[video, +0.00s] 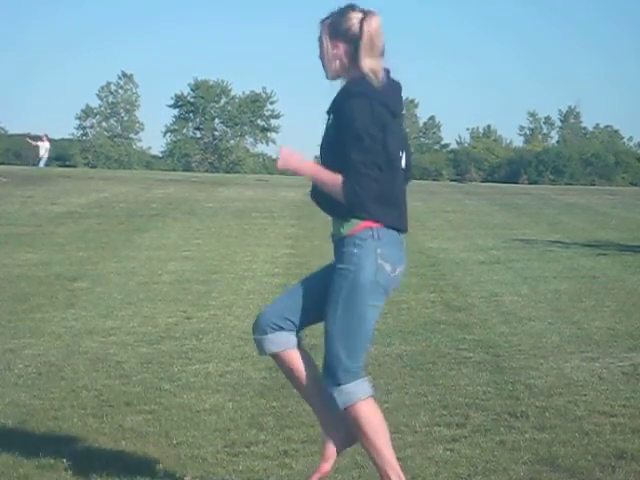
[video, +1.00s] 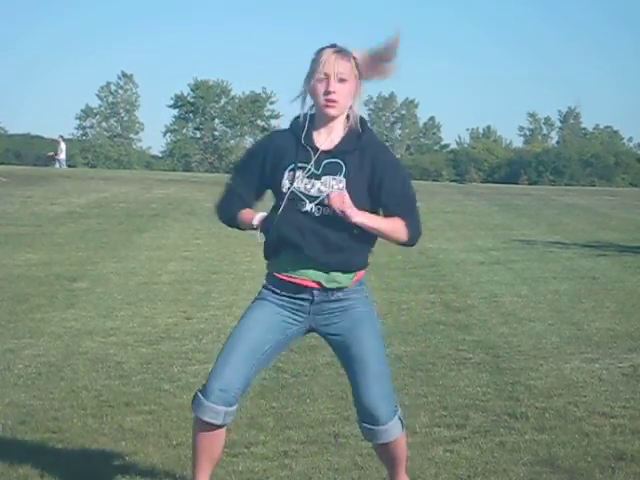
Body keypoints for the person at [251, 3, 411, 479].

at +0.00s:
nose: (319, 54)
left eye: (324, 45)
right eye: (321, 45)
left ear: (344, 48)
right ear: (352, 48)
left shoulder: (358, 98)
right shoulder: (378, 95)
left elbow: (364, 189)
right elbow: (400, 172)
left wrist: (305, 168)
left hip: (367, 248)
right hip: (372, 246)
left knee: (344, 377)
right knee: (272, 325)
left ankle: (395, 474)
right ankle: (334, 425)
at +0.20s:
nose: (319, 16)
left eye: (329, 5)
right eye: (316, 7)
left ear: (362, 7)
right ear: (318, 11)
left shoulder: (367, 57)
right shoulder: (346, 59)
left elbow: (306, 115)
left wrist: (228, 120)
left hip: (377, 221)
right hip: (337, 219)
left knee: (370, 352)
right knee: (295, 332)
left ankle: (393, 464)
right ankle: (297, 450)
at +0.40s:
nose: (333, 65)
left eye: (343, 55)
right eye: (327, 57)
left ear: (370, 59)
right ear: (323, 64)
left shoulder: (374, 110)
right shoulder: (332, 116)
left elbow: (308, 166)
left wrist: (239, 127)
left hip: (374, 270)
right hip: (326, 271)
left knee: (367, 397)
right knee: (270, 378)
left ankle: (398, 476)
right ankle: (299, 476)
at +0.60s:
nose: (331, 49)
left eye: (341, 39)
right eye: (324, 42)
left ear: (368, 43)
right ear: (318, 49)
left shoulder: (381, 93)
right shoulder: (317, 97)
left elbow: (328, 144)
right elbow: (308, 167)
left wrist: (284, 92)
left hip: (364, 254)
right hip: (306, 254)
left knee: (380, 378)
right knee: (264, 367)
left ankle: (398, 472)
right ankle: (292, 470)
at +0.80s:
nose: (331, 45)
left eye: (341, 34)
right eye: (323, 38)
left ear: (365, 36)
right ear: (317, 44)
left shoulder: (378, 76)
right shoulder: (318, 85)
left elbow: (317, 99)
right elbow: (302, 152)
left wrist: (245, 77)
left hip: (356, 249)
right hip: (290, 242)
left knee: (387, 367)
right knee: (249, 357)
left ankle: (406, 470)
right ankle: (219, 470)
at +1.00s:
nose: (330, 86)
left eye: (341, 78)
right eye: (322, 77)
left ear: (357, 88)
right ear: (310, 86)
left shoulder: (375, 155)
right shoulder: (277, 146)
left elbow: (409, 230)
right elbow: (228, 205)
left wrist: (355, 214)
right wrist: (255, 219)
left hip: (348, 303)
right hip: (279, 299)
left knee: (381, 416)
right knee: (213, 400)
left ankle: (400, 477)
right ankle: (199, 478)